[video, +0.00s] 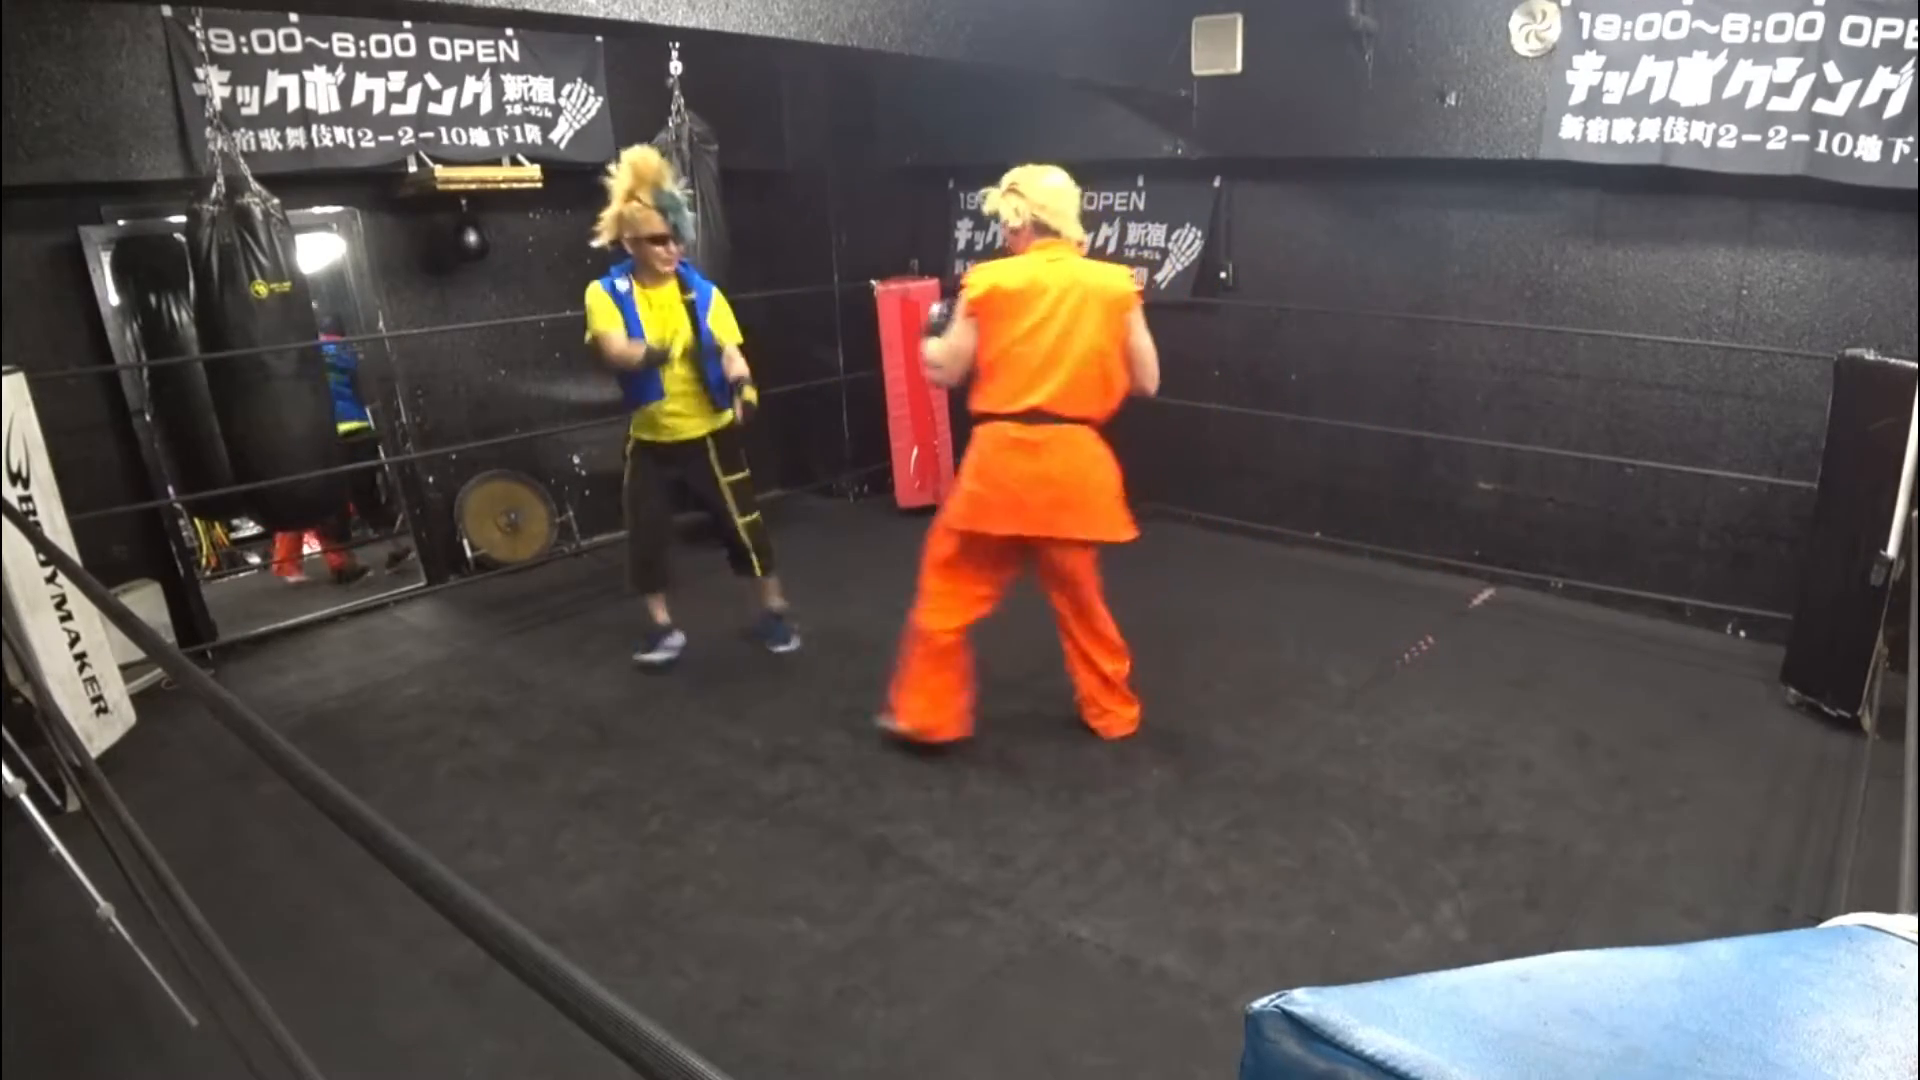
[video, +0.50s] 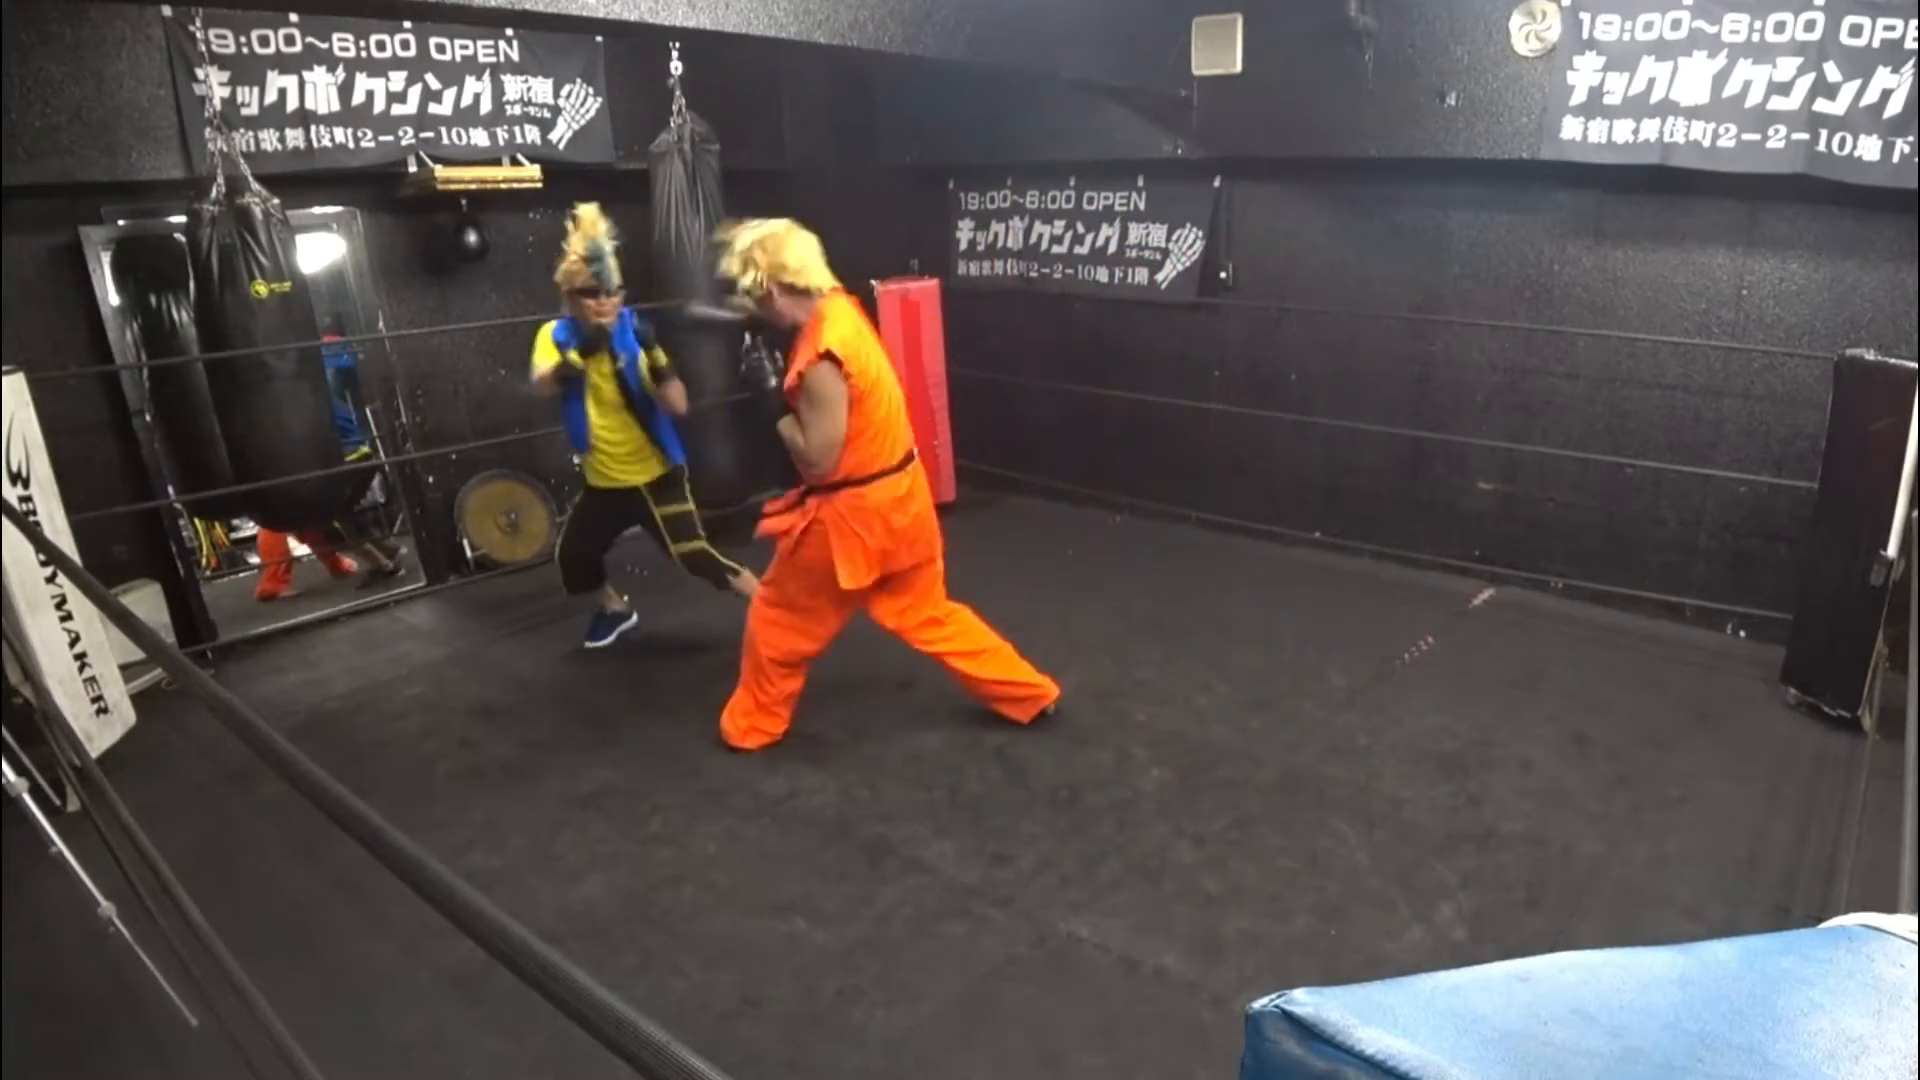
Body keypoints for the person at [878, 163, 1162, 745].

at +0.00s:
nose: (1001, 233)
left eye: (1006, 222)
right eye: (1003, 221)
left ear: (1027, 223)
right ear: (1065, 223)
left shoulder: (990, 281)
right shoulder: (1114, 285)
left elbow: (947, 368)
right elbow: (1146, 379)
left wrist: (931, 339)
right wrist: (1088, 349)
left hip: (999, 459)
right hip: (1077, 459)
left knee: (948, 580)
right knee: (1079, 590)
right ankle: (1113, 711)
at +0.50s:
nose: (753, 309)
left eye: (752, 297)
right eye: (748, 298)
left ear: (772, 291)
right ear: (805, 275)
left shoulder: (820, 357)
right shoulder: (842, 311)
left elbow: (818, 459)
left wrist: (781, 412)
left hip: (852, 510)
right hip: (905, 493)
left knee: (780, 609)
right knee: (922, 610)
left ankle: (755, 722)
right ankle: (1029, 694)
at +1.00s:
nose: (752, 276)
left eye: (753, 265)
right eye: (751, 267)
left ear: (767, 261)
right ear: (819, 247)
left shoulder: (757, 313)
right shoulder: (869, 288)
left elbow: (686, 331)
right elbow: (942, 343)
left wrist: (677, 320)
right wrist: (940, 373)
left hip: (817, 478)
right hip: (889, 464)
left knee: (779, 596)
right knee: (945, 590)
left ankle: (740, 719)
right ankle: (997, 705)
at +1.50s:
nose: (755, 290)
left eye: (756, 279)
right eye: (753, 279)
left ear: (773, 274)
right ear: (820, 262)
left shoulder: (759, 342)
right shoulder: (876, 315)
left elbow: (704, 414)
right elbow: (899, 356)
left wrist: (672, 390)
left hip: (813, 504)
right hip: (887, 493)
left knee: (766, 603)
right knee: (949, 599)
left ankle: (718, 707)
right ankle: (1002, 705)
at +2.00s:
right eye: (763, 285)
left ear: (705, 304)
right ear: (764, 294)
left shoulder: (691, 366)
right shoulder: (798, 349)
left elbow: (659, 445)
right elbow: (843, 406)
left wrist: (677, 478)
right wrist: (881, 429)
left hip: (725, 521)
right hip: (800, 513)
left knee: (672, 608)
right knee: (882, 612)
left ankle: (630, 704)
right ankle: (987, 694)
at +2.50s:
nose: (552, 371)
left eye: (550, 360)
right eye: (547, 362)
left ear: (569, 349)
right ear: (593, 332)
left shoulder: (614, 398)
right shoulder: (656, 358)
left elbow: (676, 459)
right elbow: (708, 415)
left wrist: (645, 499)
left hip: (700, 527)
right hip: (748, 498)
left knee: (603, 589)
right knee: (790, 605)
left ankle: (608, 705)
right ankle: (903, 653)